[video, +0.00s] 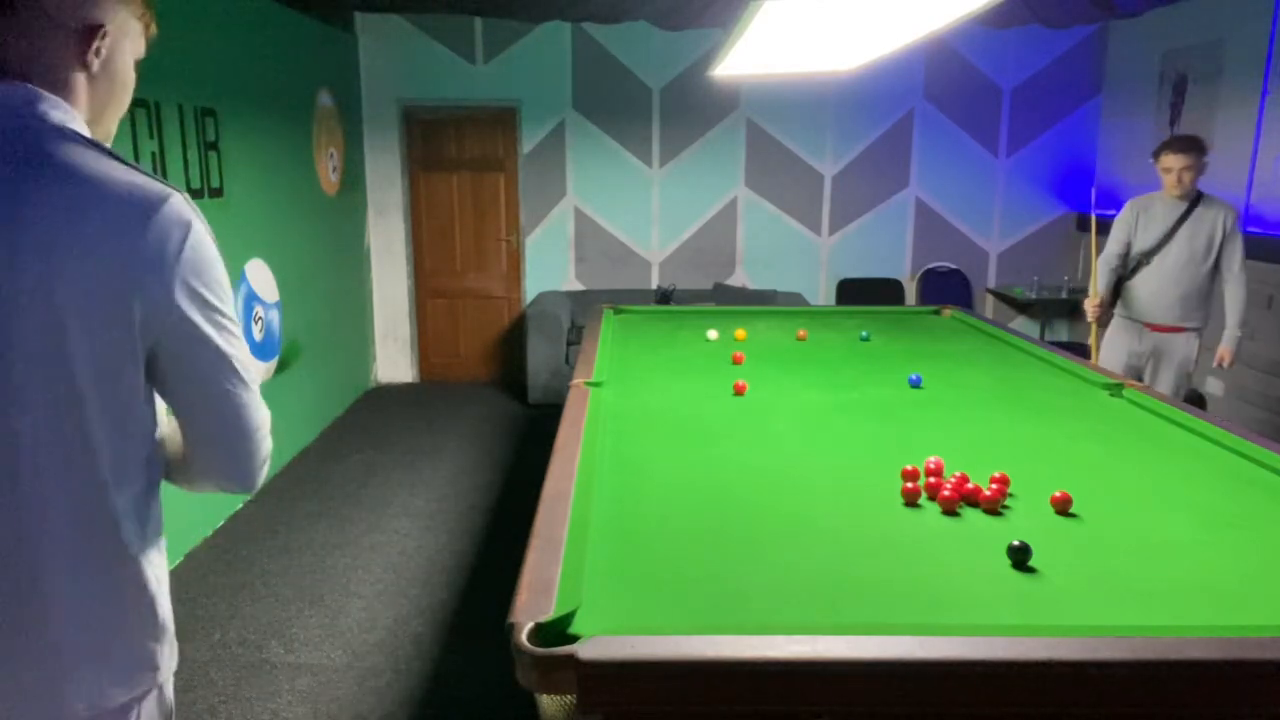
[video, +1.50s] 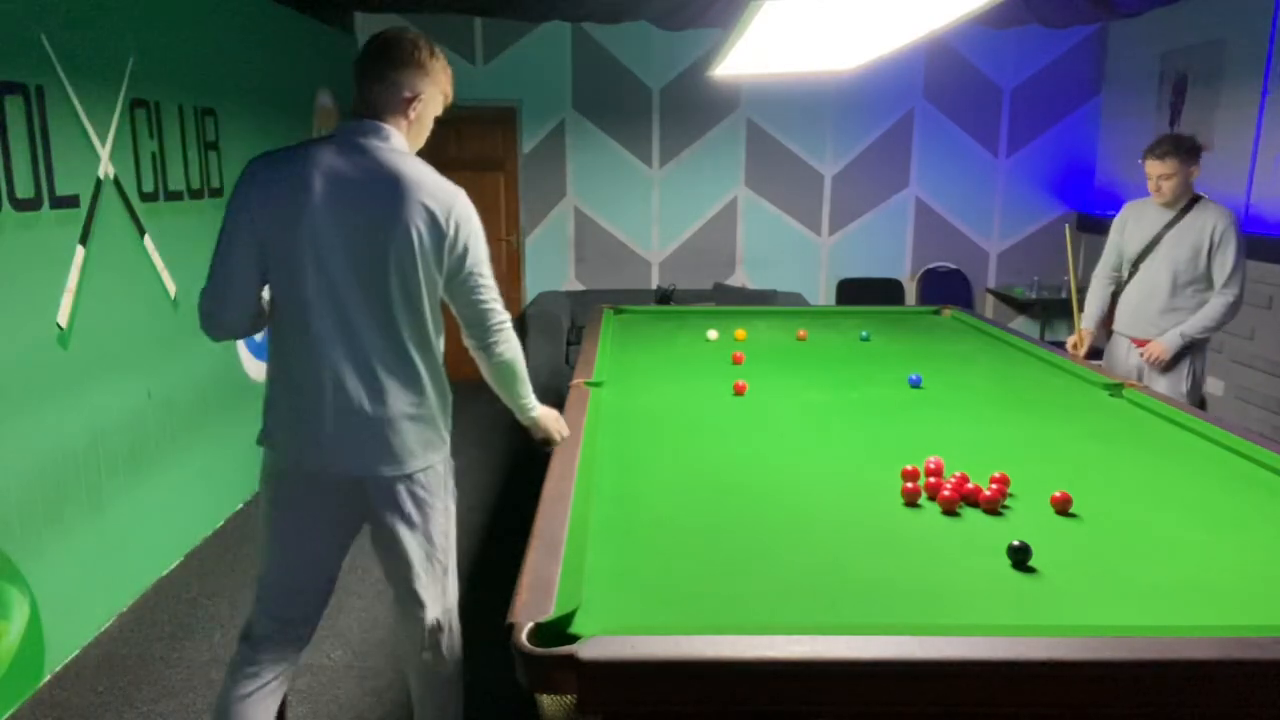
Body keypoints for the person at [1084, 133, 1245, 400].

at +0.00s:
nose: (1176, 178)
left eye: (1185, 170)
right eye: (1168, 170)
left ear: (1200, 170)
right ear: (1158, 170)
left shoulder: (1222, 217)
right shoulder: (1135, 209)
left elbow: (1234, 280)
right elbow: (1110, 258)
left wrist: (1230, 338)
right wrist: (1098, 296)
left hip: (1178, 340)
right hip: (1125, 330)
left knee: (1159, 425)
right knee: (1100, 410)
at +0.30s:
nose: (1179, 178)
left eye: (1188, 169)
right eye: (1170, 170)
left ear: (1203, 169)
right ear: (1160, 170)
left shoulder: (1226, 216)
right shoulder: (1137, 211)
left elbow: (1238, 283)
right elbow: (1111, 266)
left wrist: (1230, 340)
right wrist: (1096, 315)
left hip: (1181, 343)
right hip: (1128, 334)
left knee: (1161, 428)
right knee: (1115, 421)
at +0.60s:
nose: (1160, 177)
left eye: (1169, 168)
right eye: (1151, 169)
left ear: (1182, 169)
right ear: (1138, 169)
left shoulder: (1203, 215)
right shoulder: (1114, 212)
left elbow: (1212, 281)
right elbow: (1089, 270)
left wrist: (1204, 339)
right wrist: (1090, 321)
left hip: (1175, 345)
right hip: (1118, 341)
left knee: (1163, 434)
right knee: (1109, 430)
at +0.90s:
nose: (1147, 177)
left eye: (1155, 168)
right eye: (1137, 169)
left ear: (1169, 169)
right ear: (1124, 170)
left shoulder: (1190, 217)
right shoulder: (1098, 215)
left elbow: (1200, 282)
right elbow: (1074, 274)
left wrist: (1193, 337)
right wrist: (1081, 324)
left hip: (1166, 349)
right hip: (1106, 347)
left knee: (1173, 438)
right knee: (1100, 438)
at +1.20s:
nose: (1145, 185)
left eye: (1155, 176)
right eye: (1136, 177)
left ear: (1176, 171)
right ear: (1129, 174)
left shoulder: (1200, 222)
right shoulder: (1107, 216)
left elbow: (1212, 290)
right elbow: (1083, 273)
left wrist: (1180, 339)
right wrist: (1081, 326)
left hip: (1163, 354)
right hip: (1106, 349)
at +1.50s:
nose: (1154, 187)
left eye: (1165, 178)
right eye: (1149, 178)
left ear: (1192, 172)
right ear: (1144, 172)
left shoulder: (1217, 222)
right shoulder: (1131, 212)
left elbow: (1228, 297)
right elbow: (1106, 274)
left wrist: (1174, 340)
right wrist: (1088, 328)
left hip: (1173, 361)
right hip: (1120, 351)